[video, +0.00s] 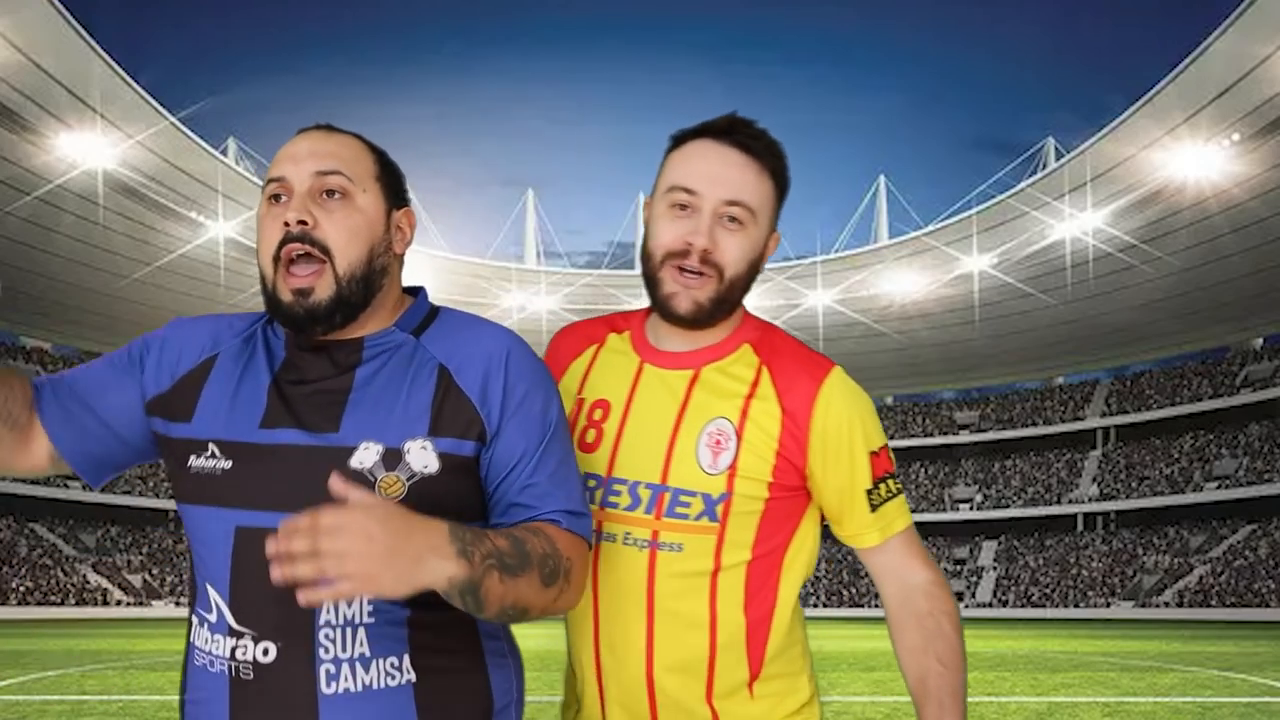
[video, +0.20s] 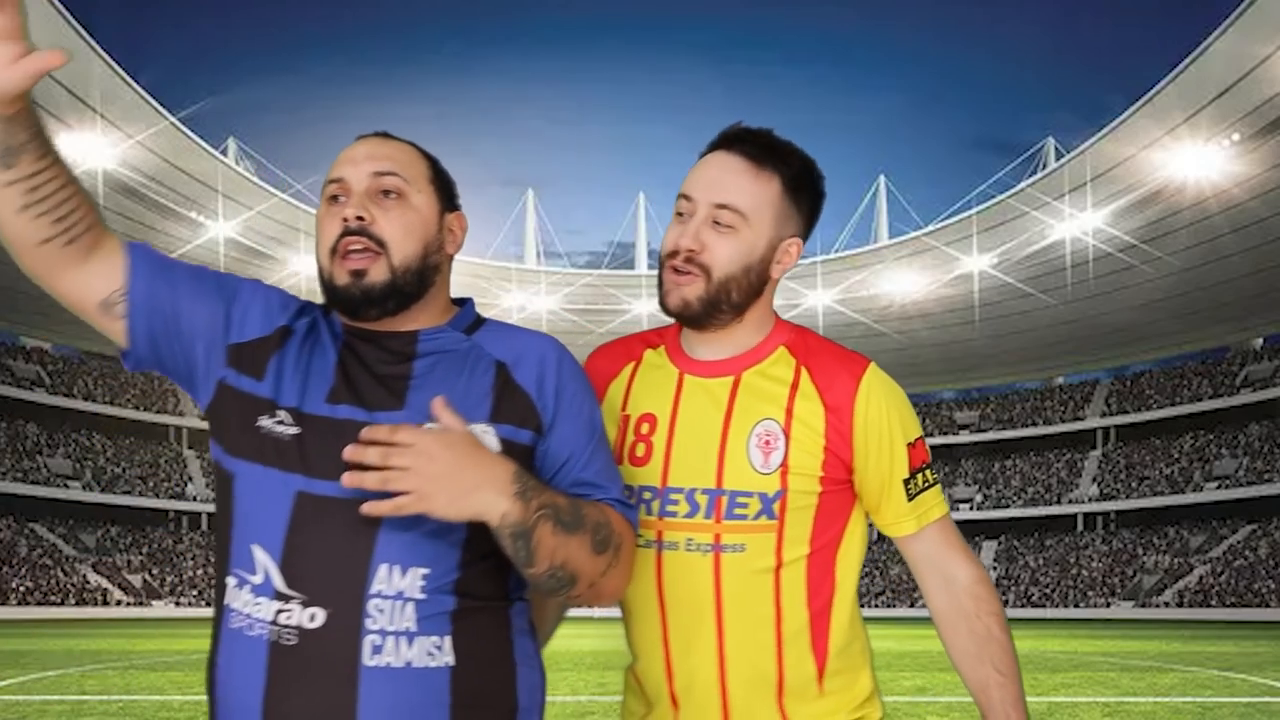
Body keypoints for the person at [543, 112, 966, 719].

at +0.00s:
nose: (698, 240)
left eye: (733, 220)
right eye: (681, 206)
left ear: (767, 248)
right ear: (647, 215)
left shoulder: (816, 397)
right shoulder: (571, 357)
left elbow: (912, 590)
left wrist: (944, 714)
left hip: (755, 706)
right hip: (593, 705)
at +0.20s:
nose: (684, 241)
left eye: (723, 224)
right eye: (683, 213)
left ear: (783, 256)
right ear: (671, 217)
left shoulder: (851, 393)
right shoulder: (609, 377)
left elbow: (952, 583)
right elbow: (552, 554)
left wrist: (1007, 712)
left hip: (820, 705)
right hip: (657, 705)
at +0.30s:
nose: (671, 243)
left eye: (705, 225)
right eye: (677, 221)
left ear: (779, 255)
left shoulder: (871, 391)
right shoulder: (627, 390)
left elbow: (970, 570)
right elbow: (584, 569)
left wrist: (1032, 712)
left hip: (847, 705)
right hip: (683, 706)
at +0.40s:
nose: (693, 246)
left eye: (725, 224)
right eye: (694, 224)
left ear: (798, 246)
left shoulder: (891, 386)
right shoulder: (654, 387)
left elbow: (990, 572)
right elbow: (619, 577)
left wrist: (1052, 712)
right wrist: (573, 697)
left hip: (865, 705)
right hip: (703, 705)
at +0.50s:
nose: (718, 246)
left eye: (751, 220)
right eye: (715, 224)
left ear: (821, 242)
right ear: (707, 238)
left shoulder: (910, 387)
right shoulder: (684, 381)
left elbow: (1012, 577)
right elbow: (655, 561)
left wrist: (1071, 717)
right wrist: (589, 689)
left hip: (872, 708)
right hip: (713, 709)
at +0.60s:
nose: (731, 248)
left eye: (761, 224)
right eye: (735, 224)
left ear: (839, 241)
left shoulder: (936, 392)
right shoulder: (716, 379)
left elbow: (1036, 588)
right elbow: (696, 551)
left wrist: (1080, 712)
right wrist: (603, 654)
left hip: (883, 702)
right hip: (725, 704)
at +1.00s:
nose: (809, 265)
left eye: (832, 237)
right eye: (818, 236)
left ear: (910, 252)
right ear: (907, 252)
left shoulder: (1023, 408)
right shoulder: (794, 365)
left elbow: (1120, 617)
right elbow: (755, 506)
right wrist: (673, 626)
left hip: (952, 708)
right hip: (786, 708)